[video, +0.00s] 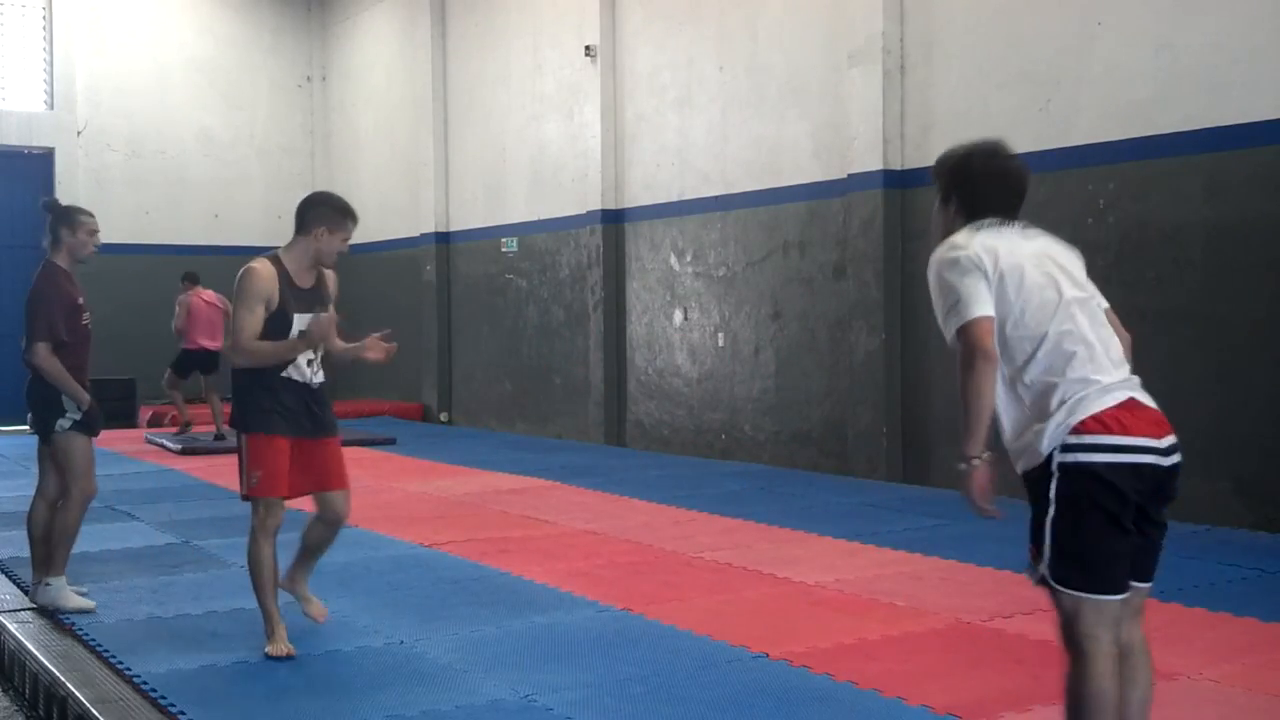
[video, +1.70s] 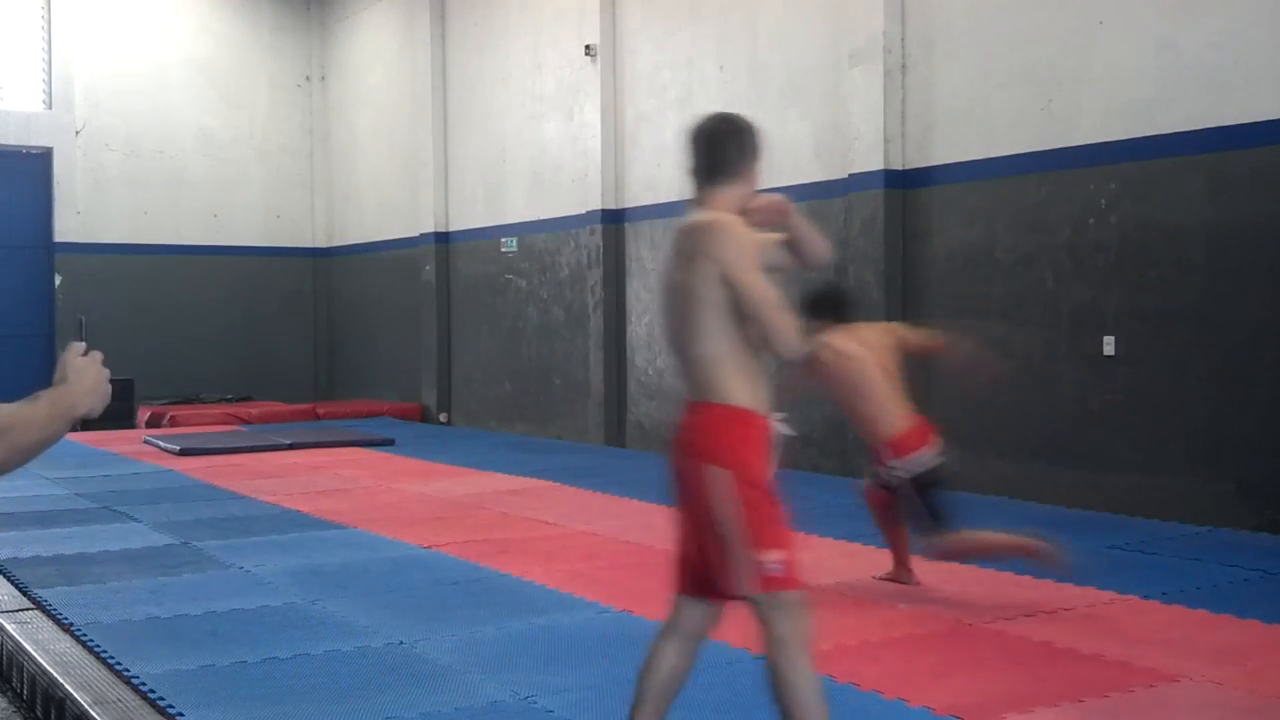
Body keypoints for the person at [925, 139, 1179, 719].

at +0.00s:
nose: (936, 211)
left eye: (939, 199)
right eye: (938, 199)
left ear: (952, 202)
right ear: (1010, 200)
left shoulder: (959, 251)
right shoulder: (1052, 247)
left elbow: (981, 348)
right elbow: (1118, 340)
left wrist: (974, 452)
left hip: (1087, 452)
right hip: (1154, 447)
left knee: (1088, 635)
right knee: (1128, 628)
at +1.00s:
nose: (1002, 146)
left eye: (1006, 135)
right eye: (1004, 134)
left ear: (1021, 142)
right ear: (1082, 146)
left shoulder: (1008, 209)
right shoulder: (1124, 216)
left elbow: (1007, 324)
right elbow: (1143, 320)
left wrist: (978, 423)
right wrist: (1114, 400)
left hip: (1049, 450)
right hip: (1125, 447)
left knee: (1061, 623)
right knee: (1113, 614)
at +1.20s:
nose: (999, 230)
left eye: (999, 223)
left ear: (1002, 224)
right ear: (1049, 219)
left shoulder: (989, 263)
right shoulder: (1083, 252)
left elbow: (929, 305)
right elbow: (1147, 267)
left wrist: (875, 329)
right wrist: (1186, 280)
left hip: (1042, 417)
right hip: (1098, 401)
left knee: (1087, 525)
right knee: (1111, 463)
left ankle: (1159, 609)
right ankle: (1152, 515)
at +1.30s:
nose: (972, 221)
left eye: (974, 216)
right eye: (975, 216)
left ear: (980, 215)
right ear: (1022, 208)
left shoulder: (968, 248)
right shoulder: (1057, 241)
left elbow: (894, 282)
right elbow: (1121, 270)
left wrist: (844, 300)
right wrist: (1130, 267)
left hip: (1020, 400)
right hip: (1070, 382)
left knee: (1074, 504)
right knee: (1084, 459)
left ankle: (1137, 593)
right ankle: (1137, 521)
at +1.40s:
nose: (948, 237)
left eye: (949, 231)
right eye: (952, 232)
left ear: (953, 230)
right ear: (992, 224)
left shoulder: (945, 261)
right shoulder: (1025, 256)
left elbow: (905, 298)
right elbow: (1077, 303)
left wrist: (866, 320)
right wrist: (1036, 321)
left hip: (1010, 412)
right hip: (1053, 393)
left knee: (1051, 501)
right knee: (1038, 479)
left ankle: (1109, 584)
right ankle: (1075, 554)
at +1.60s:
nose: (869, 329)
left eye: (870, 322)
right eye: (868, 322)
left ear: (880, 318)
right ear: (907, 307)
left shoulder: (882, 354)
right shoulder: (947, 325)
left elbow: (882, 403)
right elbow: (1013, 328)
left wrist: (918, 410)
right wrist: (1071, 340)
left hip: (957, 466)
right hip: (985, 456)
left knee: (1020, 539)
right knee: (914, 497)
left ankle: (1120, 595)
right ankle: (907, 566)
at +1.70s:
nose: (809, 325)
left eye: (809, 319)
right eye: (812, 319)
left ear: (814, 318)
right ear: (845, 309)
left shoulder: (822, 349)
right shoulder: (882, 331)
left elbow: (790, 388)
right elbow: (938, 340)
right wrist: (978, 359)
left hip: (900, 459)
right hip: (925, 443)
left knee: (935, 543)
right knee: (880, 494)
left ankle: (1028, 547)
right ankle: (902, 569)